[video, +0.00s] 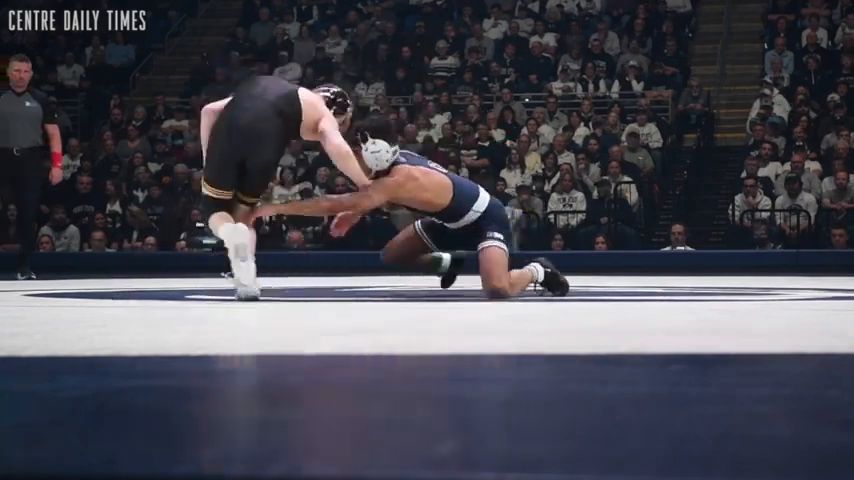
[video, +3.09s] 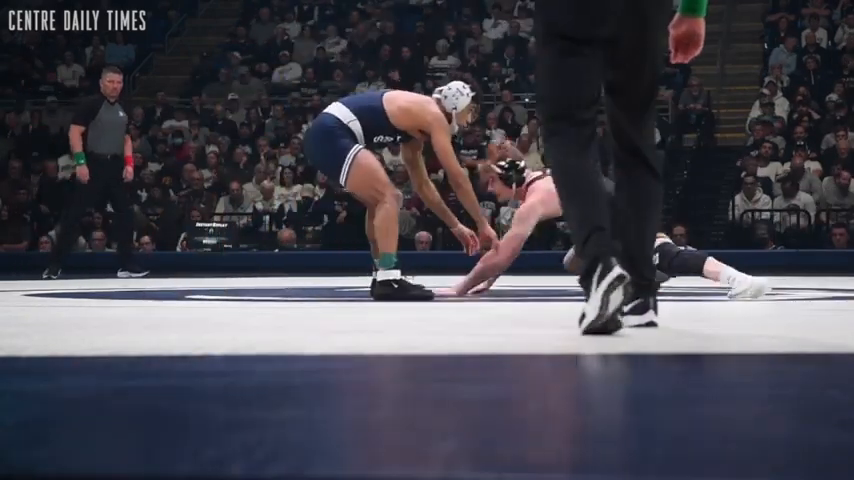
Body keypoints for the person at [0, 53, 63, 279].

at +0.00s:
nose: (20, 76)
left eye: (25, 72)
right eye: (16, 71)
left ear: (31, 74)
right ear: (8, 73)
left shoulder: (42, 100)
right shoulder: (3, 98)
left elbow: (53, 133)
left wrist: (57, 164)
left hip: (30, 161)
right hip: (5, 160)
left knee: (27, 212)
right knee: (4, 211)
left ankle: (25, 265)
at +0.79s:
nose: (38, 80)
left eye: (43, 76)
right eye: (34, 76)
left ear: (49, 78)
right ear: (26, 78)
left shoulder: (60, 102)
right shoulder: (13, 102)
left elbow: (73, 133)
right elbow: (2, 132)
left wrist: (69, 161)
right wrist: (0, 160)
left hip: (51, 162)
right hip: (22, 163)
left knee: (48, 210)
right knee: (25, 211)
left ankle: (47, 263)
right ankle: (30, 263)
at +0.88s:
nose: (42, 80)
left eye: (46, 76)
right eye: (37, 75)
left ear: (52, 78)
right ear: (30, 77)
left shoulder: (64, 102)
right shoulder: (16, 102)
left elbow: (76, 132)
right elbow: (4, 131)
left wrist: (72, 161)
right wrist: (2, 160)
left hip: (56, 162)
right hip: (27, 163)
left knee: (60, 210)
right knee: (28, 212)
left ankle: (62, 260)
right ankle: (32, 262)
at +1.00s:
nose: (51, 81)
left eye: (56, 77)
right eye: (48, 77)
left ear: (61, 80)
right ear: (40, 78)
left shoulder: (72, 104)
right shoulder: (25, 102)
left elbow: (85, 134)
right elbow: (10, 132)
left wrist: (82, 162)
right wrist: (5, 161)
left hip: (65, 164)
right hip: (35, 164)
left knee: (79, 211)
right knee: (32, 214)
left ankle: (93, 261)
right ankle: (33, 266)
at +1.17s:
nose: (69, 85)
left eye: (73, 81)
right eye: (65, 80)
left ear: (79, 83)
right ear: (58, 81)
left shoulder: (88, 107)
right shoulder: (43, 104)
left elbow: (99, 137)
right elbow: (27, 132)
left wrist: (96, 164)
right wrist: (23, 162)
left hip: (80, 166)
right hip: (49, 166)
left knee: (96, 210)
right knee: (39, 212)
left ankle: (102, 261)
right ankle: (34, 264)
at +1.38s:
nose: (92, 87)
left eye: (96, 83)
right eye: (88, 82)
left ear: (102, 86)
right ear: (81, 84)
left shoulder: (107, 110)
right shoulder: (67, 105)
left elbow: (116, 140)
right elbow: (51, 134)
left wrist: (119, 167)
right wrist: (56, 163)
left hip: (101, 168)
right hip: (73, 167)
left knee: (109, 215)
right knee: (59, 215)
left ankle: (108, 264)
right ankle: (41, 264)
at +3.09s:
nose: (115, 86)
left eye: (118, 82)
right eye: (111, 82)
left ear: (122, 85)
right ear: (101, 83)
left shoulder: (122, 109)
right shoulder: (91, 104)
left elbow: (126, 138)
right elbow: (75, 132)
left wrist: (129, 163)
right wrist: (80, 162)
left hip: (115, 167)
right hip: (93, 166)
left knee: (125, 213)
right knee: (74, 214)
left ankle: (126, 264)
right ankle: (55, 264)